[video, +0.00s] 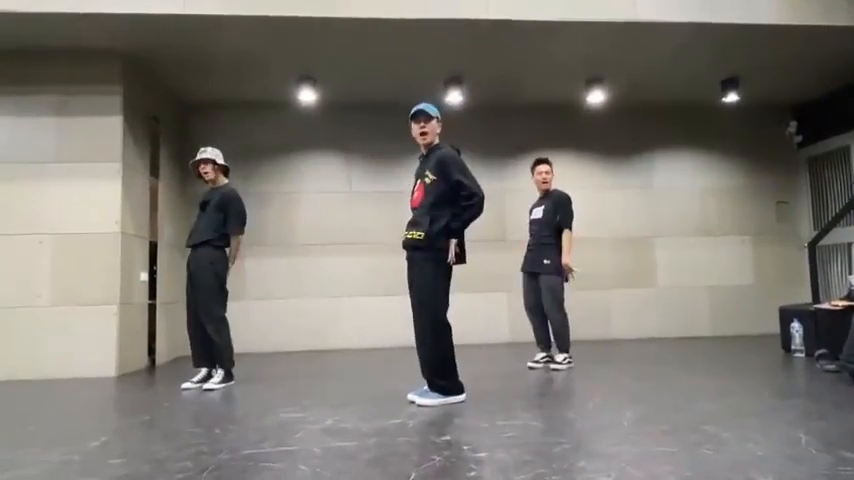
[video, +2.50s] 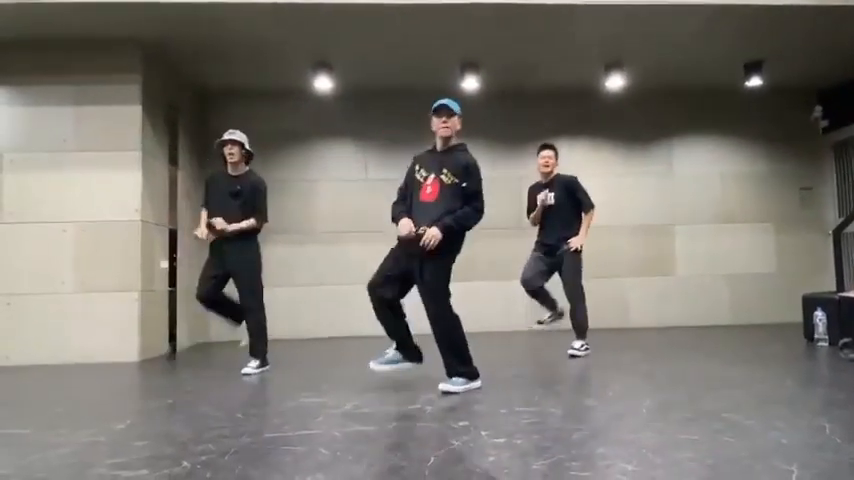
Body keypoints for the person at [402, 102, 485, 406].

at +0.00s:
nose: (421, 127)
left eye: (427, 121)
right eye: (416, 123)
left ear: (438, 125)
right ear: (411, 129)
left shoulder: (445, 156)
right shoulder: (425, 161)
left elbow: (475, 198)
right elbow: (439, 201)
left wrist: (451, 231)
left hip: (434, 252)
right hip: (419, 251)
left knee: (433, 318)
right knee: (424, 319)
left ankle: (448, 386)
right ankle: (436, 383)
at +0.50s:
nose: (425, 123)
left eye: (431, 118)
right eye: (420, 119)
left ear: (444, 123)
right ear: (416, 126)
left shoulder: (451, 157)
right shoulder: (427, 163)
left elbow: (477, 202)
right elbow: (437, 205)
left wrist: (456, 233)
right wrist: (452, 237)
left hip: (440, 253)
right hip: (422, 252)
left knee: (433, 317)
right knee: (412, 310)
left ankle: (454, 384)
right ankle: (439, 380)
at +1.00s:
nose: (419, 121)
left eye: (424, 115)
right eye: (414, 117)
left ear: (438, 119)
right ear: (410, 124)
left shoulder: (445, 153)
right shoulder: (420, 160)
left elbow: (441, 199)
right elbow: (415, 207)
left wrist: (398, 210)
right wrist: (395, 240)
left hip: (432, 250)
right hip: (412, 248)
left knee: (440, 316)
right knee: (399, 317)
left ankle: (459, 380)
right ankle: (377, 380)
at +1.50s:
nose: (390, 120)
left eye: (396, 114)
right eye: (387, 116)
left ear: (414, 118)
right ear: (390, 123)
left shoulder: (416, 146)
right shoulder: (406, 149)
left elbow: (425, 193)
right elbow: (404, 199)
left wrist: (397, 223)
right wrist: (384, 219)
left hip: (419, 244)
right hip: (404, 243)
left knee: (423, 308)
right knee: (392, 307)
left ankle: (460, 375)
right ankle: (384, 375)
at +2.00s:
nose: (398, 127)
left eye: (404, 122)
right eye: (395, 123)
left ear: (419, 125)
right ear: (394, 128)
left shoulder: (426, 152)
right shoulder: (409, 156)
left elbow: (426, 202)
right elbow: (400, 199)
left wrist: (396, 234)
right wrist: (387, 230)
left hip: (414, 246)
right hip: (394, 244)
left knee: (414, 308)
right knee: (372, 303)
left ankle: (461, 372)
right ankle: (381, 371)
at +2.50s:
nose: (444, 121)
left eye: (450, 116)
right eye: (439, 116)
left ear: (459, 123)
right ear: (431, 122)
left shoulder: (464, 161)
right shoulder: (420, 160)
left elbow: (475, 208)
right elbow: (402, 199)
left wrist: (442, 228)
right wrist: (402, 217)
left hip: (439, 244)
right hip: (411, 241)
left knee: (436, 303)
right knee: (380, 290)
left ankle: (464, 373)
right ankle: (407, 351)